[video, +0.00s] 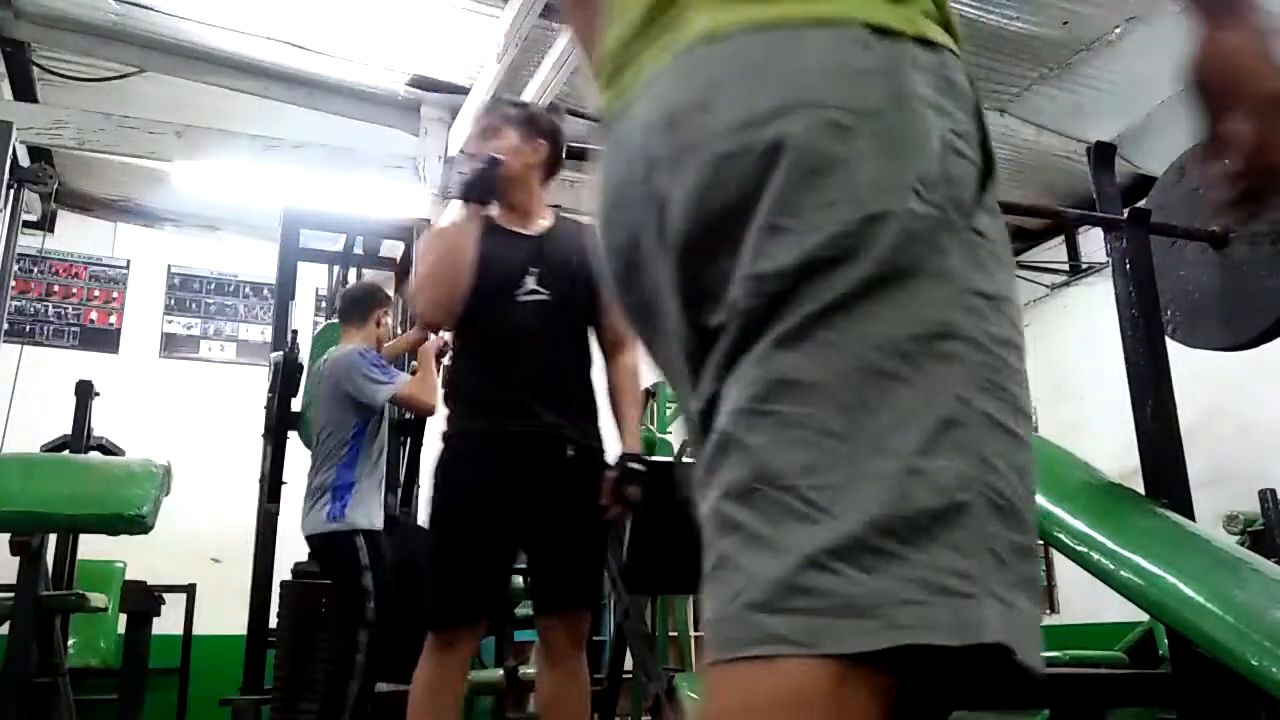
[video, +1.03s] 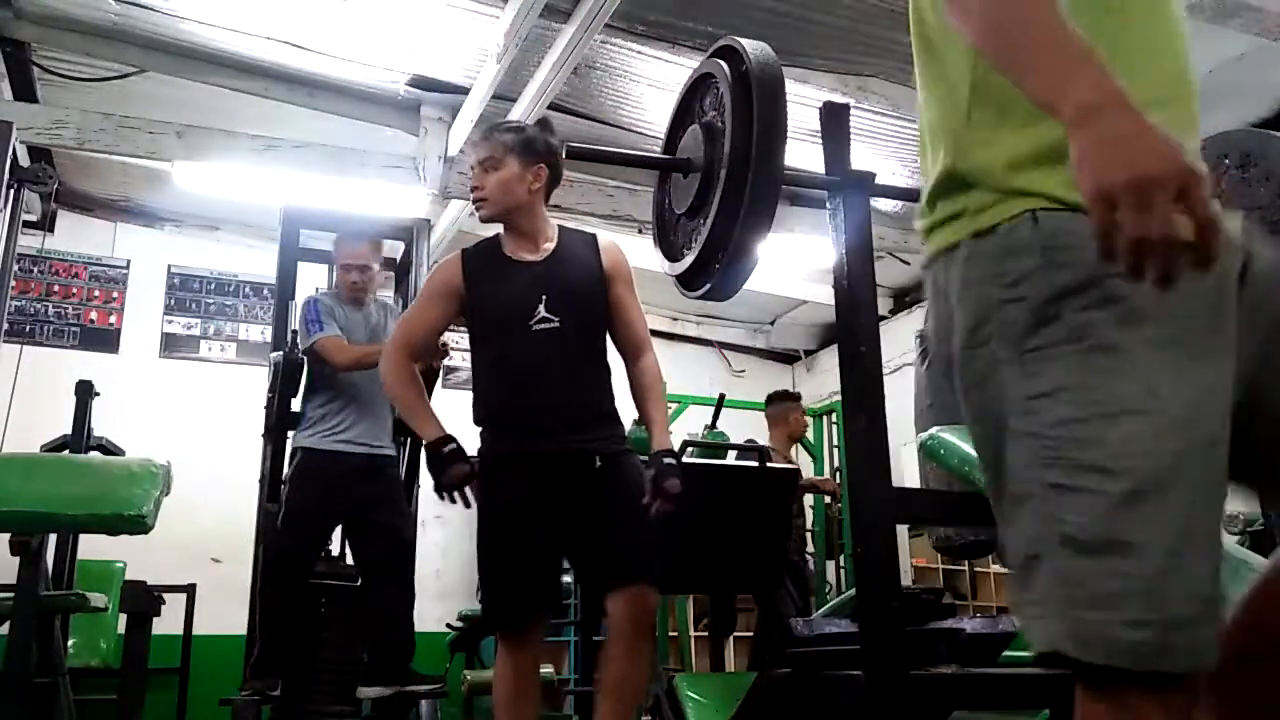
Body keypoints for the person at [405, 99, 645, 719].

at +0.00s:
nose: (479, 149)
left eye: (495, 136)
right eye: (475, 140)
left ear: (542, 150)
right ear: (470, 156)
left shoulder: (587, 242)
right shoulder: (452, 236)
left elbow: (620, 348)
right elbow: (431, 310)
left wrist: (631, 451)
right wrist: (466, 206)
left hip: (568, 459)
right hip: (478, 458)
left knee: (566, 636)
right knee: (451, 636)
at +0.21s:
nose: (508, 163)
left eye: (523, 147)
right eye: (503, 154)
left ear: (571, 163)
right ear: (500, 171)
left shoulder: (623, 254)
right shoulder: (487, 248)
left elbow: (656, 360)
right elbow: (465, 330)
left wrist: (679, 459)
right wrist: (509, 229)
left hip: (594, 459)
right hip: (505, 456)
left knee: (580, 631)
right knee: (472, 625)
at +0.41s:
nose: (512, 171)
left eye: (527, 156)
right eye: (508, 164)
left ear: (575, 169)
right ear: (504, 180)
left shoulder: (631, 262)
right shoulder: (495, 256)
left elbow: (669, 360)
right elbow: (472, 334)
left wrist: (705, 455)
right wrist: (510, 238)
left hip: (605, 461)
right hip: (519, 460)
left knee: (587, 629)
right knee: (506, 627)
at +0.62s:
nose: (499, 175)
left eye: (514, 159)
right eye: (496, 165)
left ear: (561, 170)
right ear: (500, 181)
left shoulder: (622, 259)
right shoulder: (486, 260)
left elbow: (651, 364)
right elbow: (452, 351)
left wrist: (675, 457)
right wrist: (502, 268)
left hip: (604, 459)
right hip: (517, 460)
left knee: (589, 631)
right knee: (519, 634)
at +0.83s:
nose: (484, 178)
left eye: (499, 163)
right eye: (483, 167)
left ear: (546, 173)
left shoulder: (609, 259)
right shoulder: (474, 270)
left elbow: (640, 360)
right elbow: (423, 366)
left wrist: (646, 456)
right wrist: (481, 375)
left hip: (594, 466)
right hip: (509, 468)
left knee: (592, 628)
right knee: (514, 633)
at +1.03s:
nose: (474, 184)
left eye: (489, 169)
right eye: (472, 173)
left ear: (538, 177)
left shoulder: (602, 257)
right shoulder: (461, 272)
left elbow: (639, 354)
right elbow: (395, 360)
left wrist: (661, 448)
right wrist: (439, 443)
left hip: (601, 467)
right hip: (510, 471)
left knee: (635, 606)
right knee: (518, 635)